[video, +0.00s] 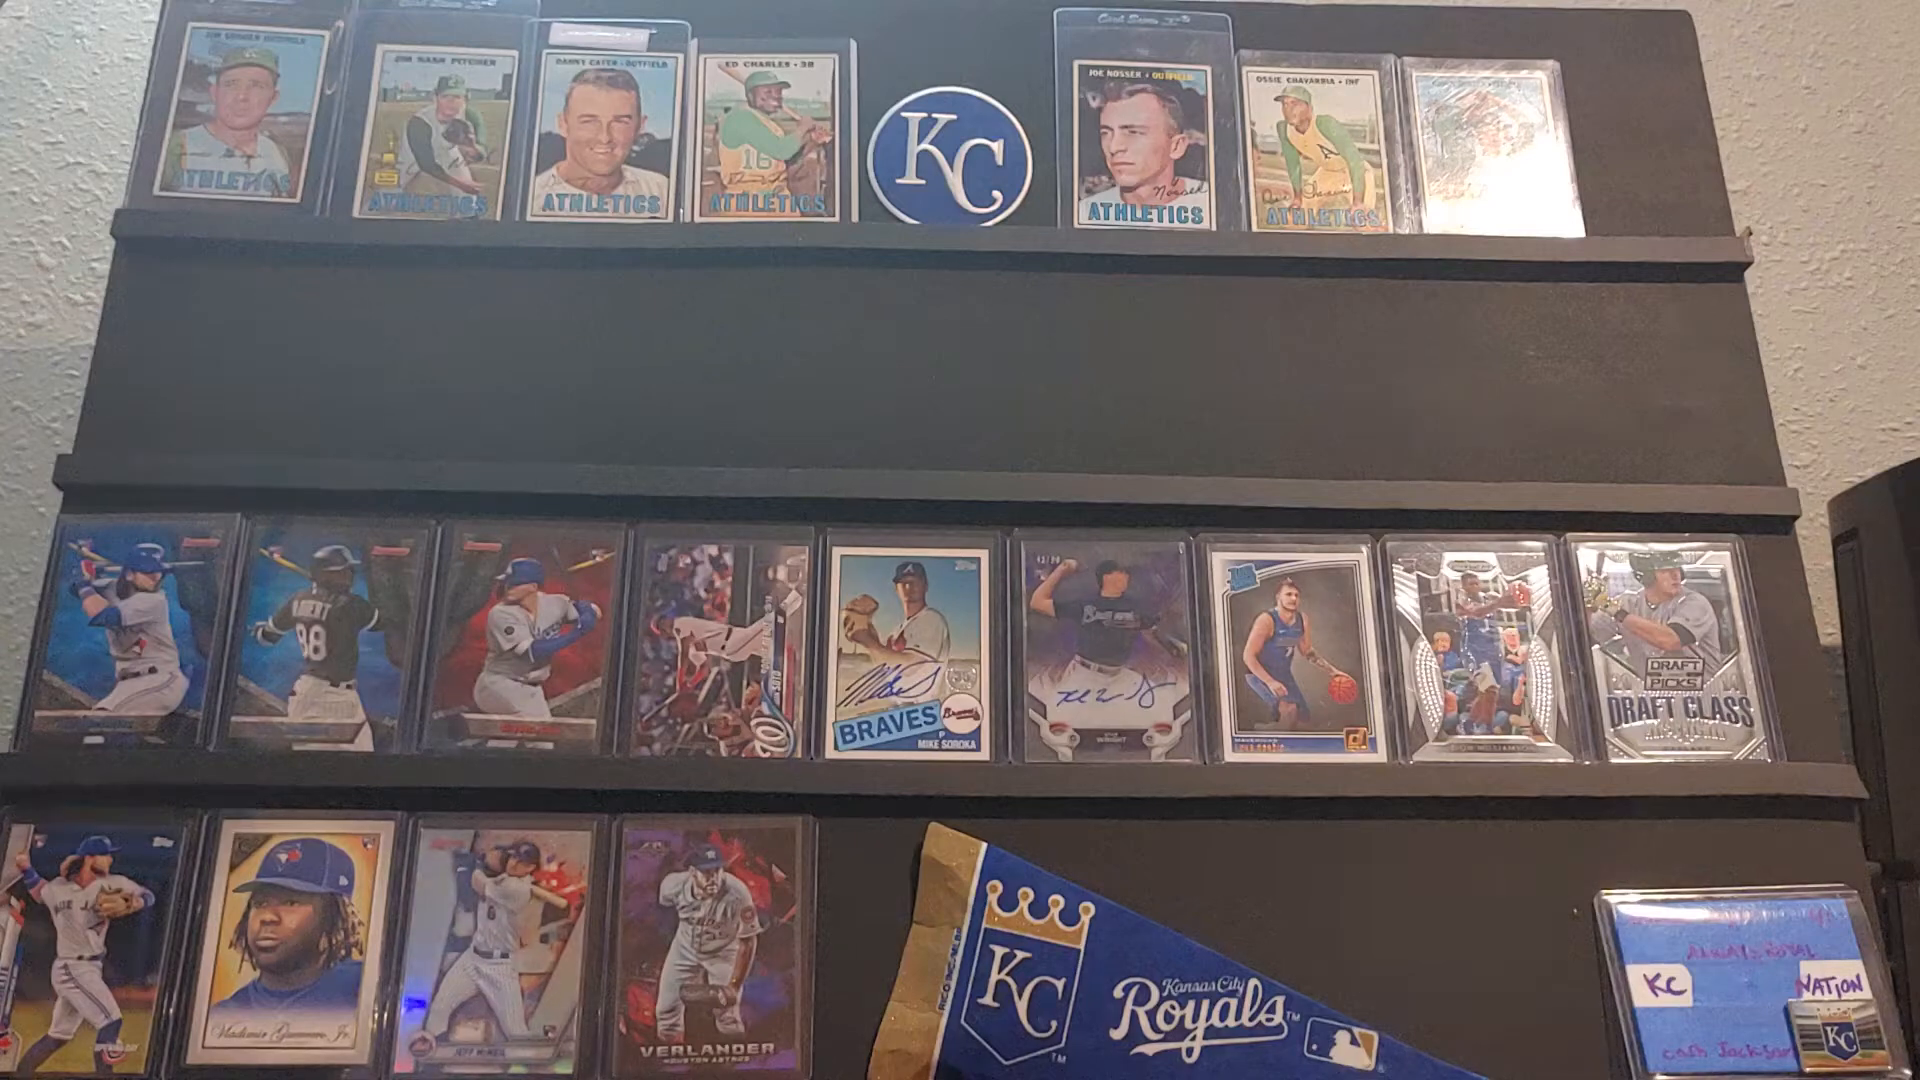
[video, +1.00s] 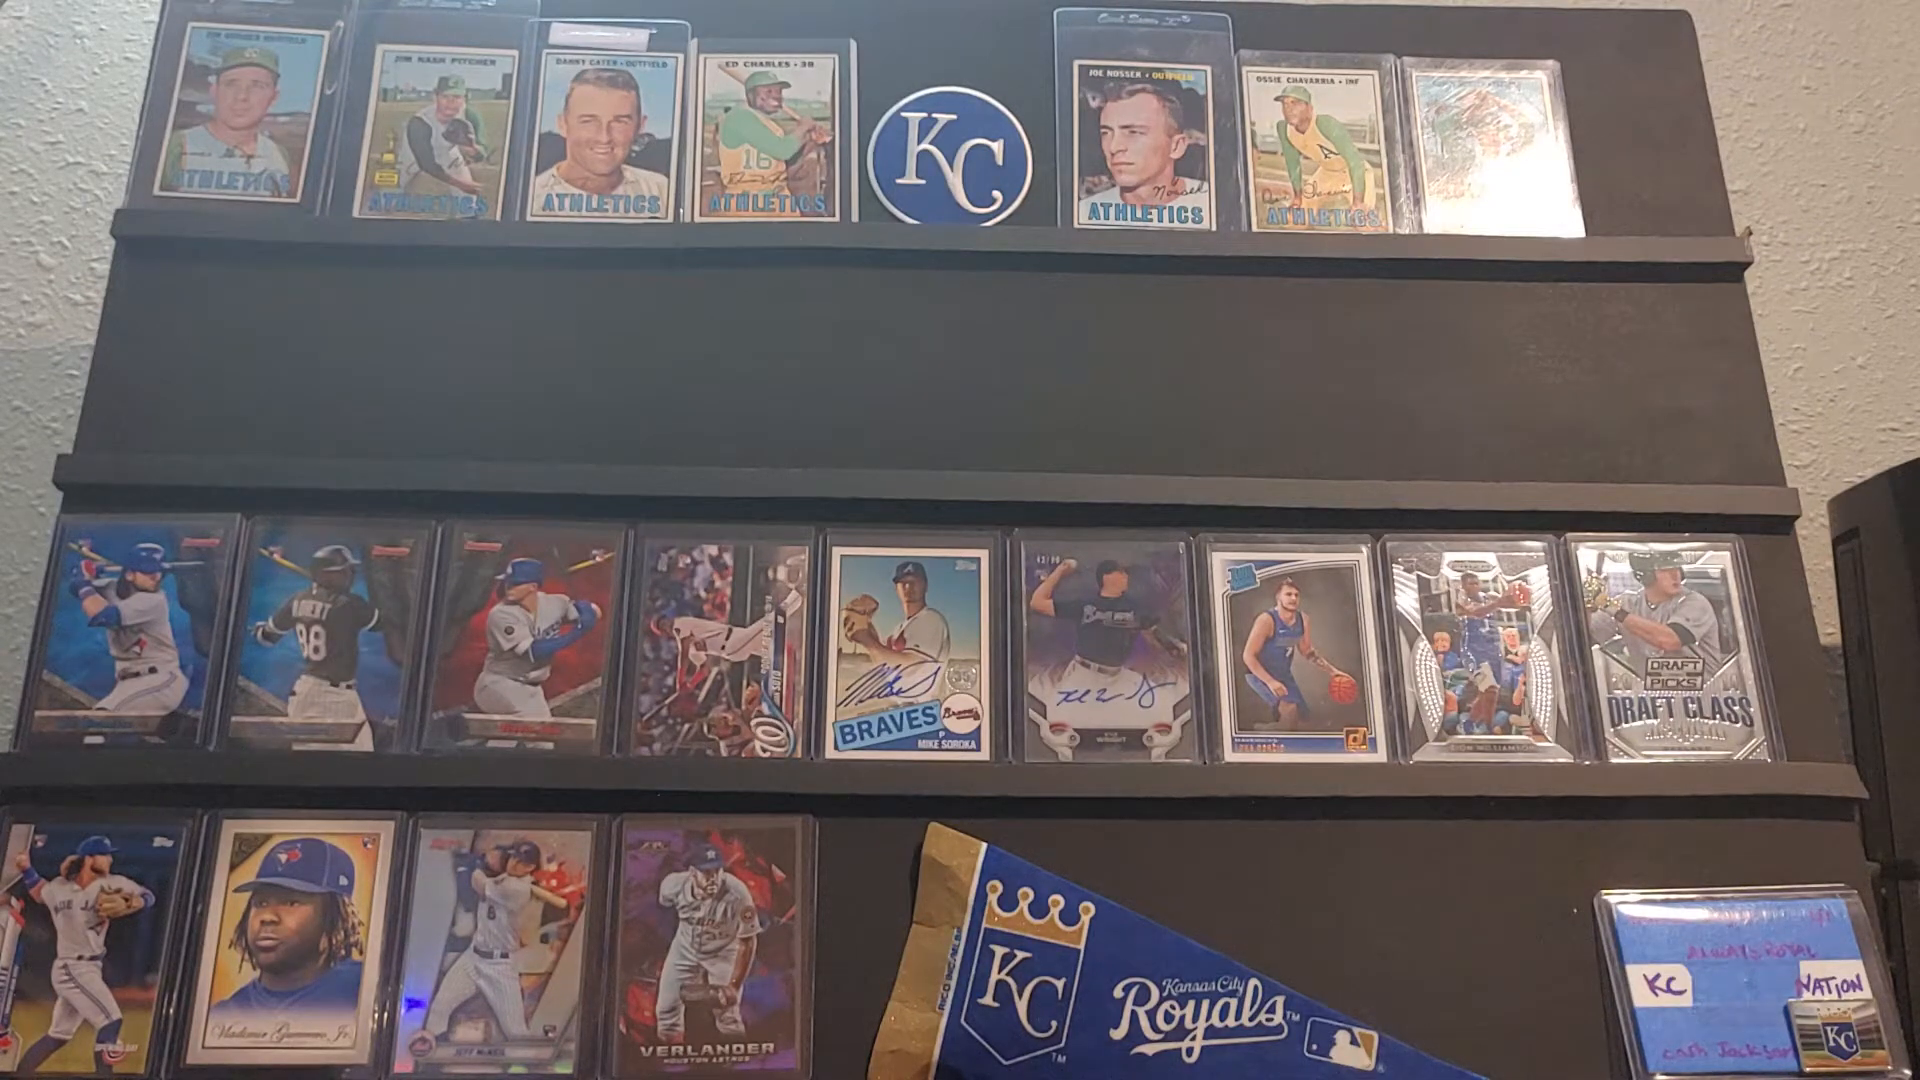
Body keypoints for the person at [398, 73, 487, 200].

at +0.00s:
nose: (451, 102)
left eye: (457, 97)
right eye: (446, 97)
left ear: (464, 100)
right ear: (437, 98)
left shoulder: (470, 116)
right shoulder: (419, 122)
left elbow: (480, 153)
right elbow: (427, 166)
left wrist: (470, 150)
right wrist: (462, 185)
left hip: (454, 165)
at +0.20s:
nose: (452, 102)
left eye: (457, 97)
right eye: (446, 97)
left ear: (465, 100)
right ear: (437, 98)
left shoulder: (469, 116)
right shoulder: (419, 122)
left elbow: (482, 151)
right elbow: (427, 166)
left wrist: (471, 151)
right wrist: (462, 185)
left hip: (454, 165)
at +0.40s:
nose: (452, 102)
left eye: (457, 97)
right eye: (446, 97)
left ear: (464, 100)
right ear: (437, 98)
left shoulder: (469, 116)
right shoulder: (419, 122)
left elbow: (481, 152)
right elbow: (427, 166)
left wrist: (471, 151)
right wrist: (462, 185)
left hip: (454, 166)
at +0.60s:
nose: (451, 102)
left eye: (457, 97)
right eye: (445, 97)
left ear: (464, 100)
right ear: (436, 98)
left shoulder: (467, 117)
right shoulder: (419, 123)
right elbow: (427, 166)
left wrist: (471, 152)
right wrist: (461, 185)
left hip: (454, 167)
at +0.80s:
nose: (451, 102)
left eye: (457, 97)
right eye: (445, 97)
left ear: (464, 100)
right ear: (436, 98)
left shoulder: (467, 117)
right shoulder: (419, 123)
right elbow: (427, 166)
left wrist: (471, 152)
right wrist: (461, 185)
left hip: (454, 167)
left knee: (468, 193)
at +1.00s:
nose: (451, 102)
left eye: (457, 97)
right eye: (445, 96)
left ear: (464, 100)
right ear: (436, 97)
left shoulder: (468, 116)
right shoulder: (419, 123)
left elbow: (481, 153)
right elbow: (428, 166)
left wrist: (470, 150)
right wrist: (462, 185)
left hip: (454, 164)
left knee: (469, 192)